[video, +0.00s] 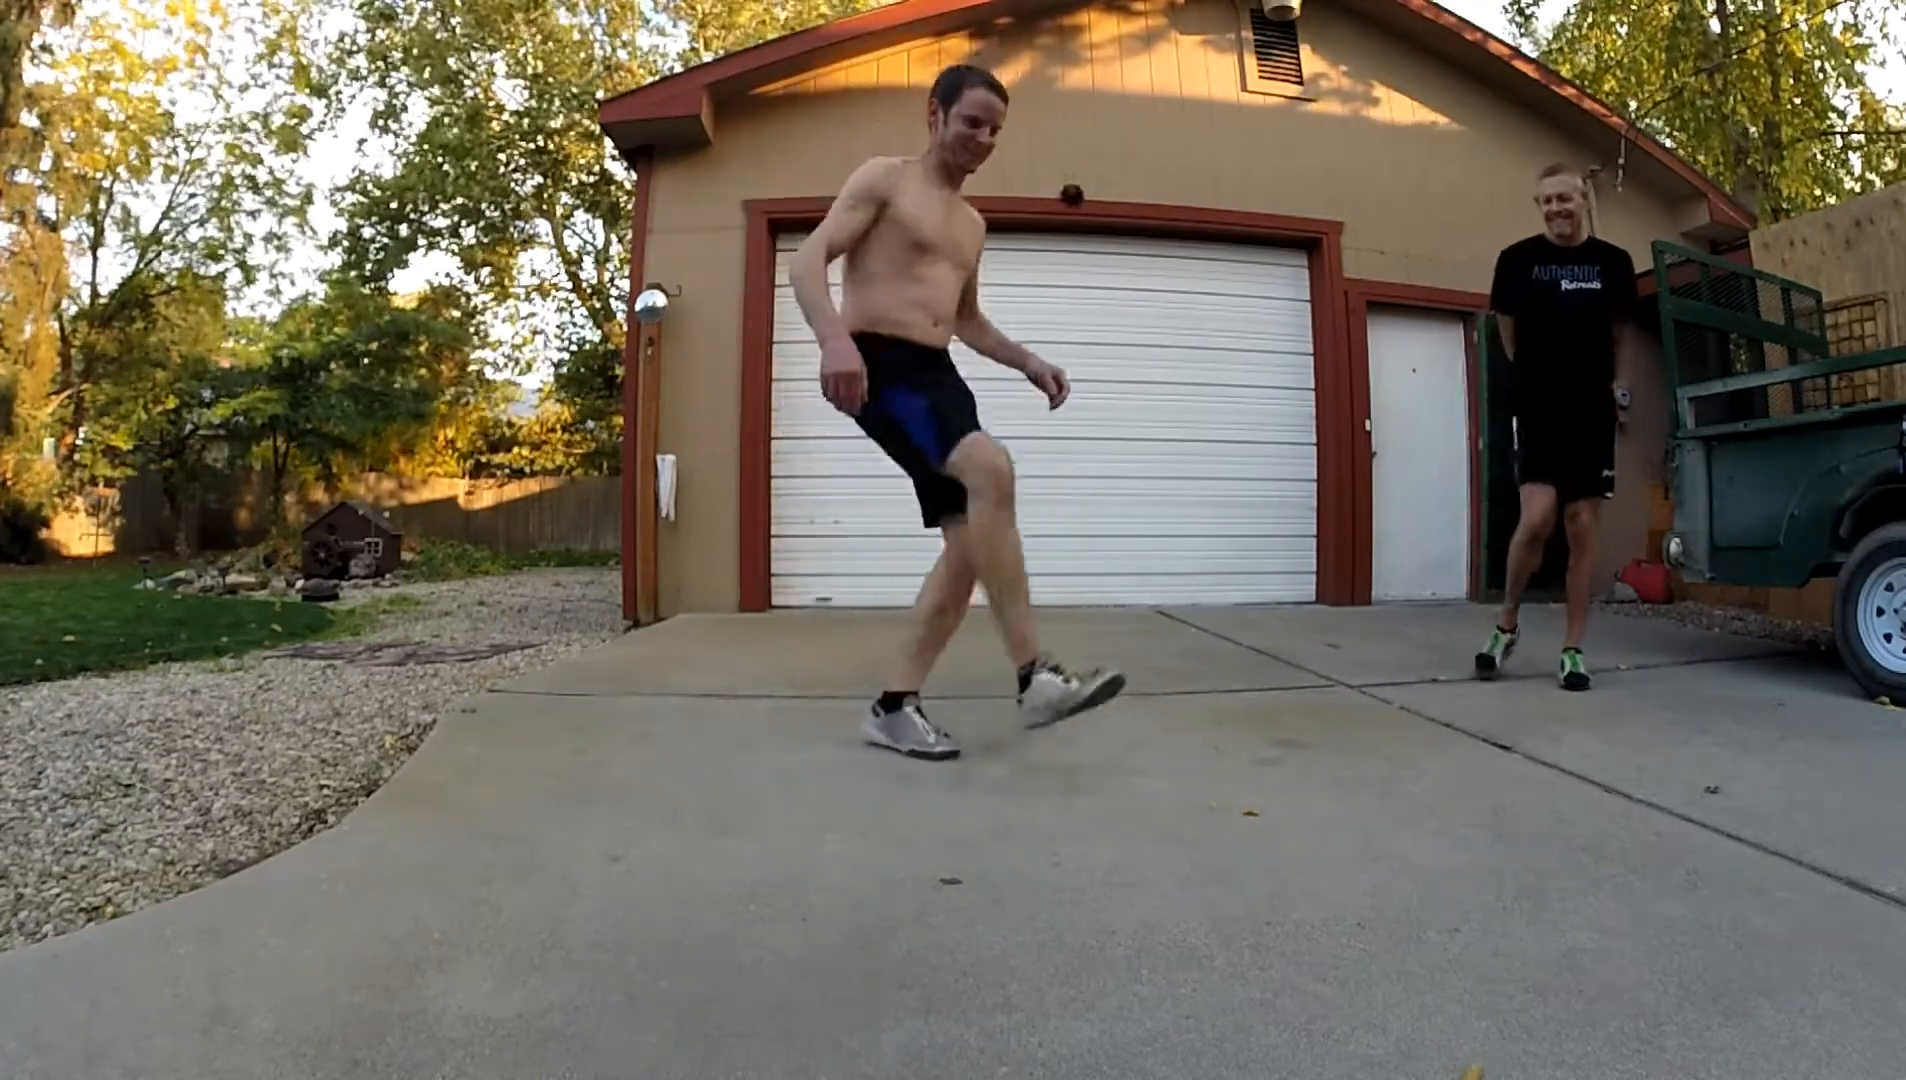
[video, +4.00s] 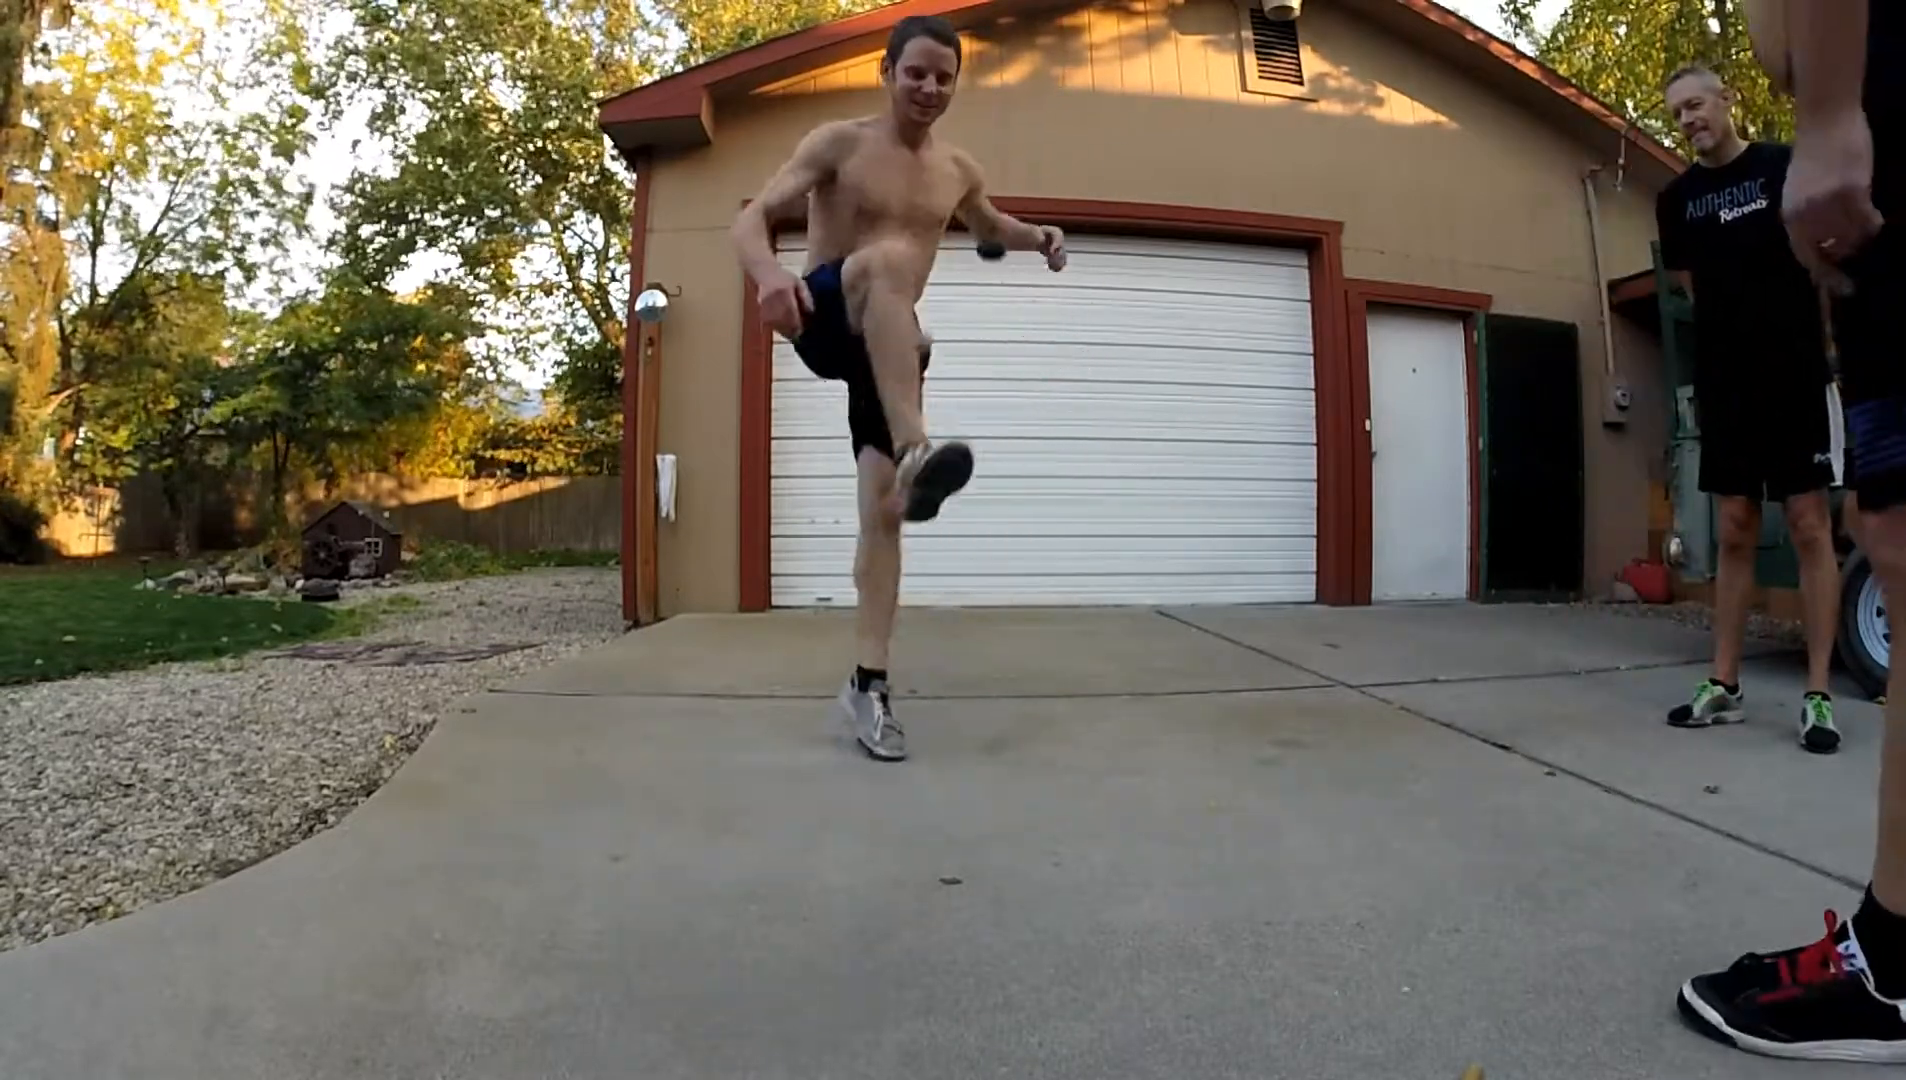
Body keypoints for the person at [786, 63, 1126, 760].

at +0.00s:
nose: (985, 139)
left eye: (995, 129)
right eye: (974, 122)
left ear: (1001, 136)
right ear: (936, 114)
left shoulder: (972, 225)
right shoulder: (883, 177)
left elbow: (967, 318)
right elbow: (806, 262)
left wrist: (1029, 361)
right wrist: (833, 340)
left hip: (935, 370)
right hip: (879, 362)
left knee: (967, 544)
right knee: (990, 470)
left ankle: (896, 704)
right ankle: (1033, 676)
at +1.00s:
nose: (1015, 155)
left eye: (1025, 146)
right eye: (1005, 141)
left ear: (1031, 153)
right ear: (972, 138)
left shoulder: (1010, 241)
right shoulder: (927, 195)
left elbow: (988, 332)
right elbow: (850, 271)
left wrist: (1041, 367)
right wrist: (871, 330)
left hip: (973, 378)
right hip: (918, 366)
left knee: (1007, 540)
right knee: (1025, 463)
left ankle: (946, 690)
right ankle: (1030, 657)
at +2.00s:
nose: (987, 123)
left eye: (997, 115)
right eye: (975, 110)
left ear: (1002, 124)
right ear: (942, 111)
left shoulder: (992, 207)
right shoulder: (896, 173)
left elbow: (980, 291)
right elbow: (820, 251)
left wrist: (1024, 326)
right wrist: (840, 309)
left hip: (952, 358)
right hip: (891, 343)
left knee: (957, 527)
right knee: (964, 432)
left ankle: (908, 687)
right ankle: (958, 631)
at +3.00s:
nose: (974, 84)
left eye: (986, 75)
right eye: (962, 70)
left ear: (996, 88)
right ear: (933, 74)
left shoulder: (991, 174)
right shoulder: (874, 136)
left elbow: (979, 245)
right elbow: (776, 197)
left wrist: (1017, 290)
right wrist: (792, 246)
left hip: (934, 333)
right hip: (852, 308)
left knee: (936, 508)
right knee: (917, 314)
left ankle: (895, 685)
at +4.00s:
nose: (930, 88)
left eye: (943, 78)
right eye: (917, 72)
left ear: (956, 87)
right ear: (888, 73)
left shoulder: (959, 171)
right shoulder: (837, 143)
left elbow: (991, 231)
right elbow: (750, 220)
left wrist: (1040, 238)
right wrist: (768, 276)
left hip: (896, 338)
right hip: (823, 323)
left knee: (886, 509)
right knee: (884, 265)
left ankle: (868, 688)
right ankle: (908, 462)